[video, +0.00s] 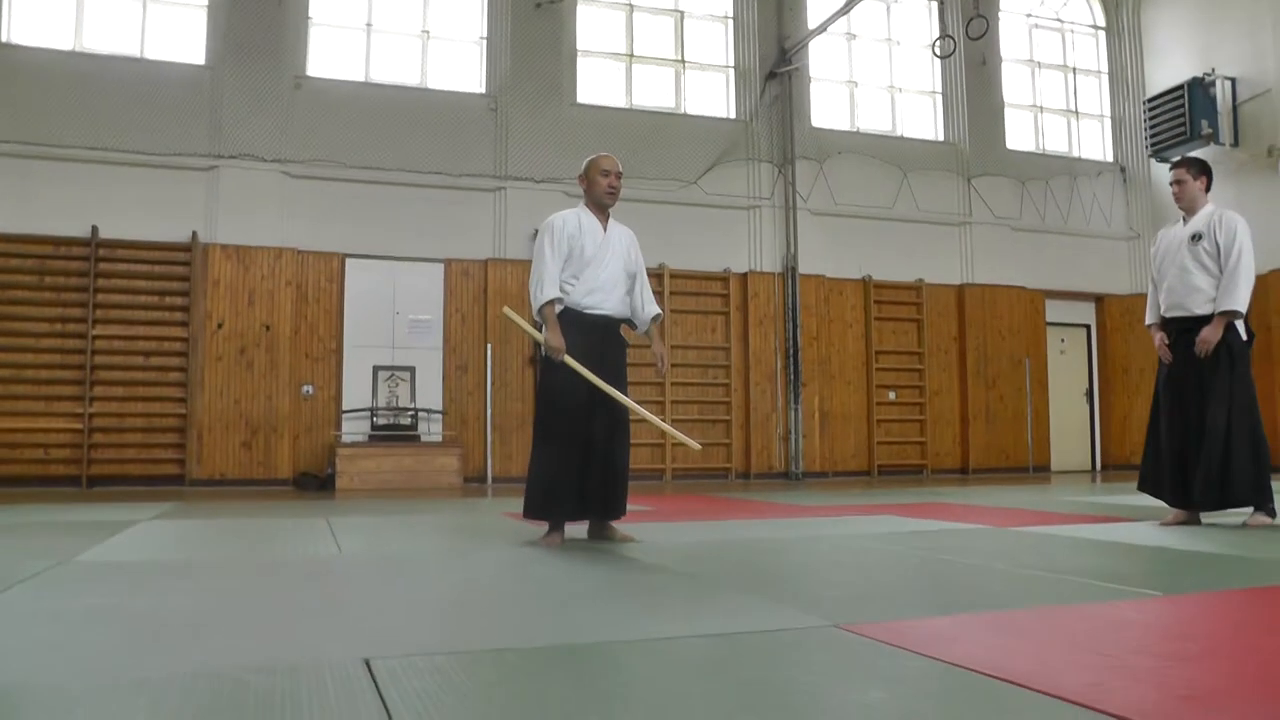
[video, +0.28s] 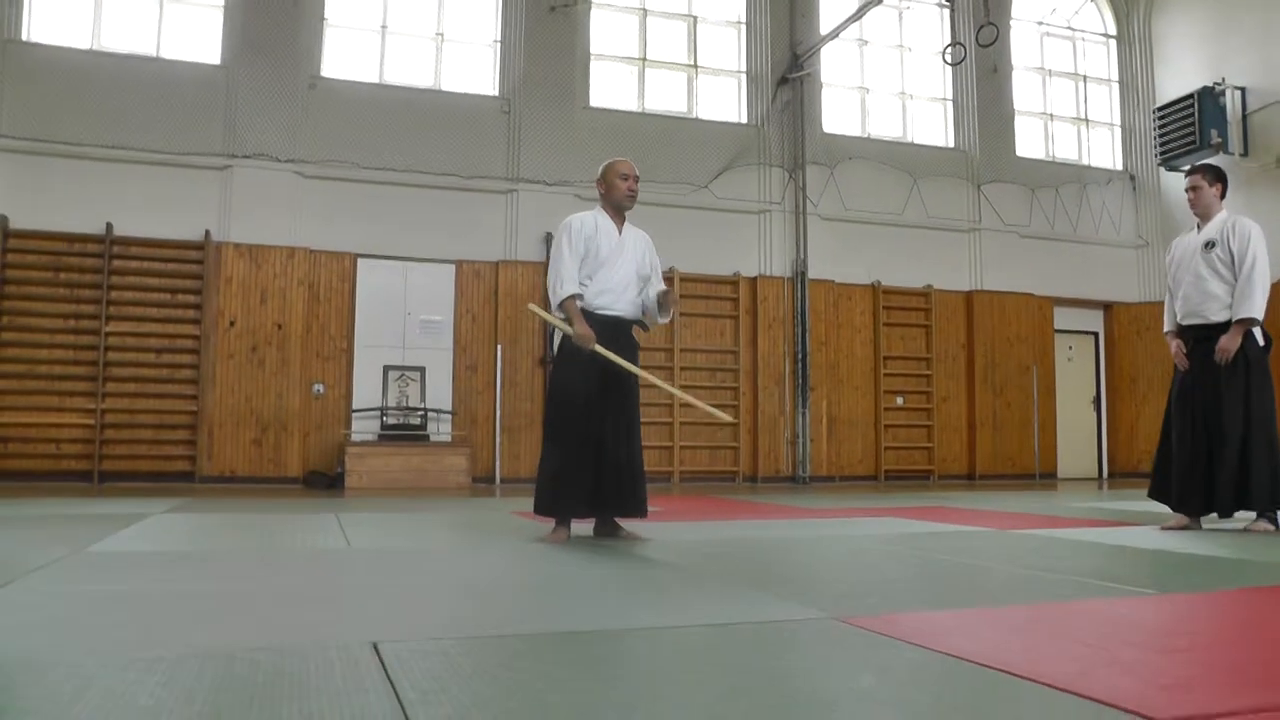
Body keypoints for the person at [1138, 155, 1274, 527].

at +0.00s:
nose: (1173, 189)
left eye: (1180, 182)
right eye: (1171, 184)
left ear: (1203, 183)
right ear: (1173, 189)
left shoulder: (1228, 222)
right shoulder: (1164, 236)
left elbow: (1240, 274)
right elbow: (1155, 288)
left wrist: (1217, 324)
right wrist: (1155, 328)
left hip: (1220, 331)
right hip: (1176, 336)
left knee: (1239, 417)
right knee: (1177, 419)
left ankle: (1263, 506)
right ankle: (1185, 506)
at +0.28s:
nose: (1189, 196)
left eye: (1195, 189)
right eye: (1187, 190)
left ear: (1217, 190)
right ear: (1188, 195)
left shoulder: (1242, 229)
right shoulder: (1178, 245)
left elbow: (1255, 280)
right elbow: (1171, 295)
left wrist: (1237, 330)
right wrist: (1171, 334)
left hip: (1236, 339)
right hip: (1192, 343)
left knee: (1252, 424)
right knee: (1187, 425)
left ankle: (1267, 513)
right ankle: (1189, 512)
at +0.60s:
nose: (1173, 241)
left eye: (1179, 234)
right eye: (1171, 236)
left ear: (1201, 235)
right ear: (1174, 241)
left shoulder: (1226, 276)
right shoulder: (1166, 290)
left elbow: (1242, 329)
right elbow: (1159, 339)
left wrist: (1229, 380)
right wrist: (1162, 378)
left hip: (1225, 384)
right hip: (1181, 387)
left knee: (1240, 470)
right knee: (1180, 469)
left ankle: (1254, 560)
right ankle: (1178, 554)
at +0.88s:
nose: (1114, 268)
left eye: (1120, 261)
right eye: (1112, 262)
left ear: (1141, 263)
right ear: (1115, 268)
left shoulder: (1166, 301)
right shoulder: (1109, 314)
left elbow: (1187, 349)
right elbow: (1104, 361)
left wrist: (1177, 397)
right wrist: (1111, 396)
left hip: (1175, 403)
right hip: (1133, 409)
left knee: (1194, 486)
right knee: (1137, 488)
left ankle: (1214, 570)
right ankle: (1143, 569)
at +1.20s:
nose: (1066, 289)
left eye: (1071, 283)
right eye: (1064, 285)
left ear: (1093, 284)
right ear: (1067, 291)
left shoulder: (1118, 317)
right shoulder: (1070, 335)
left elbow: (1137, 365)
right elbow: (1070, 383)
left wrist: (1117, 412)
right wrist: (1082, 411)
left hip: (1141, 412)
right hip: (1103, 420)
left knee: (1175, 481)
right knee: (1101, 488)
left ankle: (1225, 539)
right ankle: (1111, 564)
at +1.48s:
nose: (1108, 332)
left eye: (1113, 325)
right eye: (1105, 327)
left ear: (1134, 324)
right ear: (1106, 331)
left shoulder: (1163, 359)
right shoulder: (1108, 374)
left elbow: (1182, 408)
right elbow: (1107, 419)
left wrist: (1164, 456)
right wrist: (1122, 442)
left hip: (1179, 452)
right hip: (1134, 455)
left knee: (1205, 520)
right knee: (1107, 497)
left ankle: (1264, 549)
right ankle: (1127, 565)